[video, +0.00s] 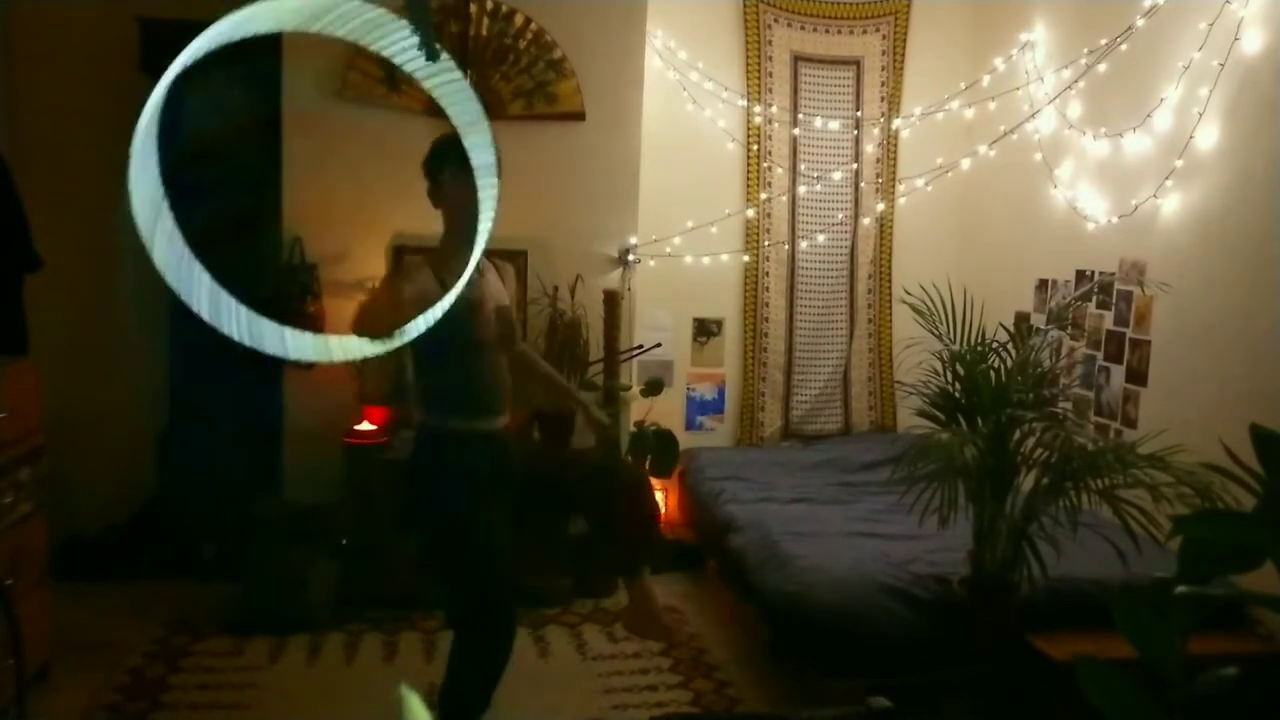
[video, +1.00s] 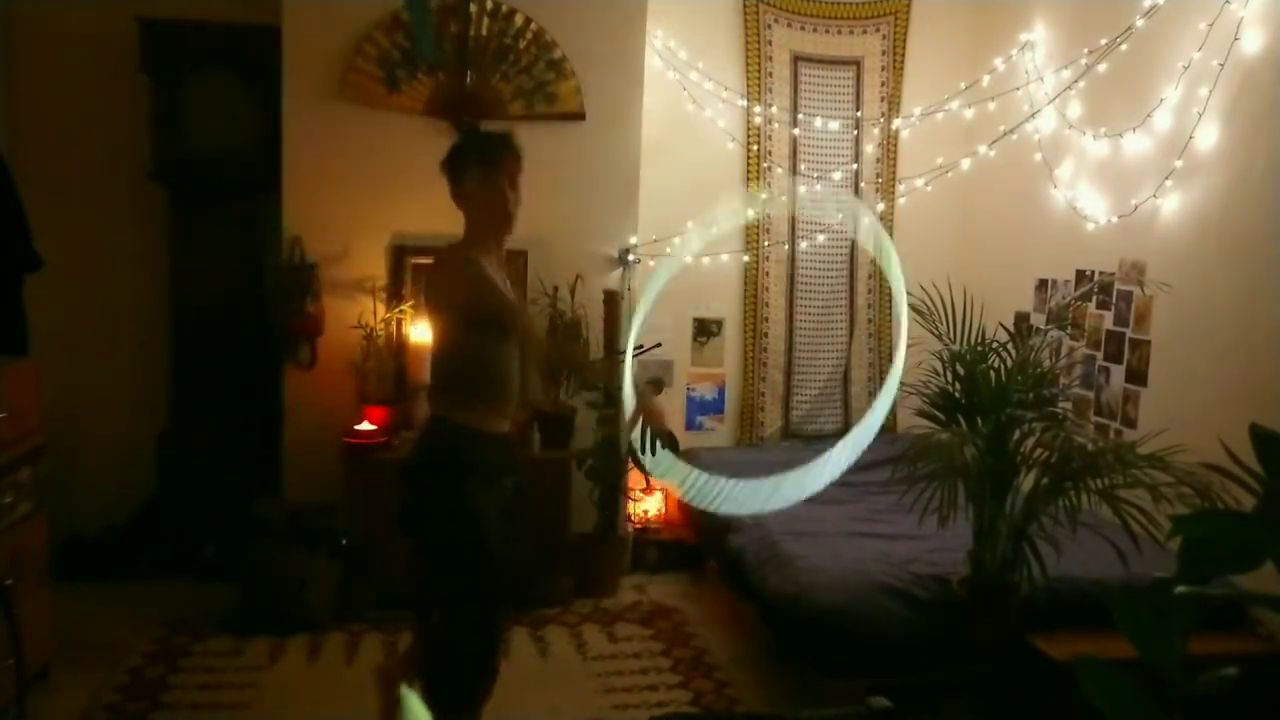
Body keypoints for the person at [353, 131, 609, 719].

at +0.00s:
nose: (478, 194)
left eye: (482, 180)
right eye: (463, 181)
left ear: (488, 186)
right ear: (438, 190)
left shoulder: (492, 274)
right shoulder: (420, 273)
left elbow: (518, 356)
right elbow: (371, 333)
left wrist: (581, 405)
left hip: (493, 456)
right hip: (446, 459)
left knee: (489, 612)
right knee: (485, 615)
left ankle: (458, 706)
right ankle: (456, 708)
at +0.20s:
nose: (477, 204)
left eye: (485, 191)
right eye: (461, 191)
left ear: (497, 200)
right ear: (431, 200)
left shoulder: (497, 283)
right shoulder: (415, 283)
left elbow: (533, 359)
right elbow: (349, 242)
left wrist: (613, 401)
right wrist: (441, 257)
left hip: (512, 455)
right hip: (451, 466)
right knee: (496, 639)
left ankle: (611, 577)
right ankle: (454, 714)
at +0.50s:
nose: (495, 212)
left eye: (499, 198)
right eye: (485, 199)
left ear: (498, 204)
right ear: (450, 201)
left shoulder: (491, 281)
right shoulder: (422, 281)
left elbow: (517, 367)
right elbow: (397, 215)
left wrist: (577, 407)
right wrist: (478, 231)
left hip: (517, 451)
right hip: (461, 468)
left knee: (631, 459)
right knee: (505, 638)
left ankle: (607, 568)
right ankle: (462, 714)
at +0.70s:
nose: (500, 176)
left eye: (503, 165)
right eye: (489, 164)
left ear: (497, 169)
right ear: (455, 172)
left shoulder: (498, 256)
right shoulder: (440, 248)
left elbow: (511, 357)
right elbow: (498, 171)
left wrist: (560, 418)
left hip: (507, 435)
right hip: (461, 444)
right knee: (485, 615)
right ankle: (451, 708)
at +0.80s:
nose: (507, 172)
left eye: (509, 160)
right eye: (497, 159)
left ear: (506, 164)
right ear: (463, 163)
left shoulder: (494, 239)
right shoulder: (443, 234)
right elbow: (547, 192)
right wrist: (631, 126)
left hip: (511, 435)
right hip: (462, 443)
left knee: (602, 498)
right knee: (480, 607)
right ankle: (446, 708)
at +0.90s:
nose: (505, 185)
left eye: (510, 170)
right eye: (490, 170)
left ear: (515, 173)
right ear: (457, 175)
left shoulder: (496, 256)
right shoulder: (452, 245)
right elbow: (538, 254)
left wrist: (536, 409)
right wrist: (643, 259)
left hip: (491, 450)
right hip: (458, 450)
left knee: (475, 599)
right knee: (468, 600)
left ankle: (451, 706)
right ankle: (448, 707)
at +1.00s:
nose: (510, 198)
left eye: (514, 184)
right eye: (494, 184)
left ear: (519, 189)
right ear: (461, 192)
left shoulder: (499, 271)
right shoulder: (459, 268)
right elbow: (520, 338)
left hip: (491, 454)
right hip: (457, 455)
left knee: (474, 605)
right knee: (470, 616)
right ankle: (454, 705)